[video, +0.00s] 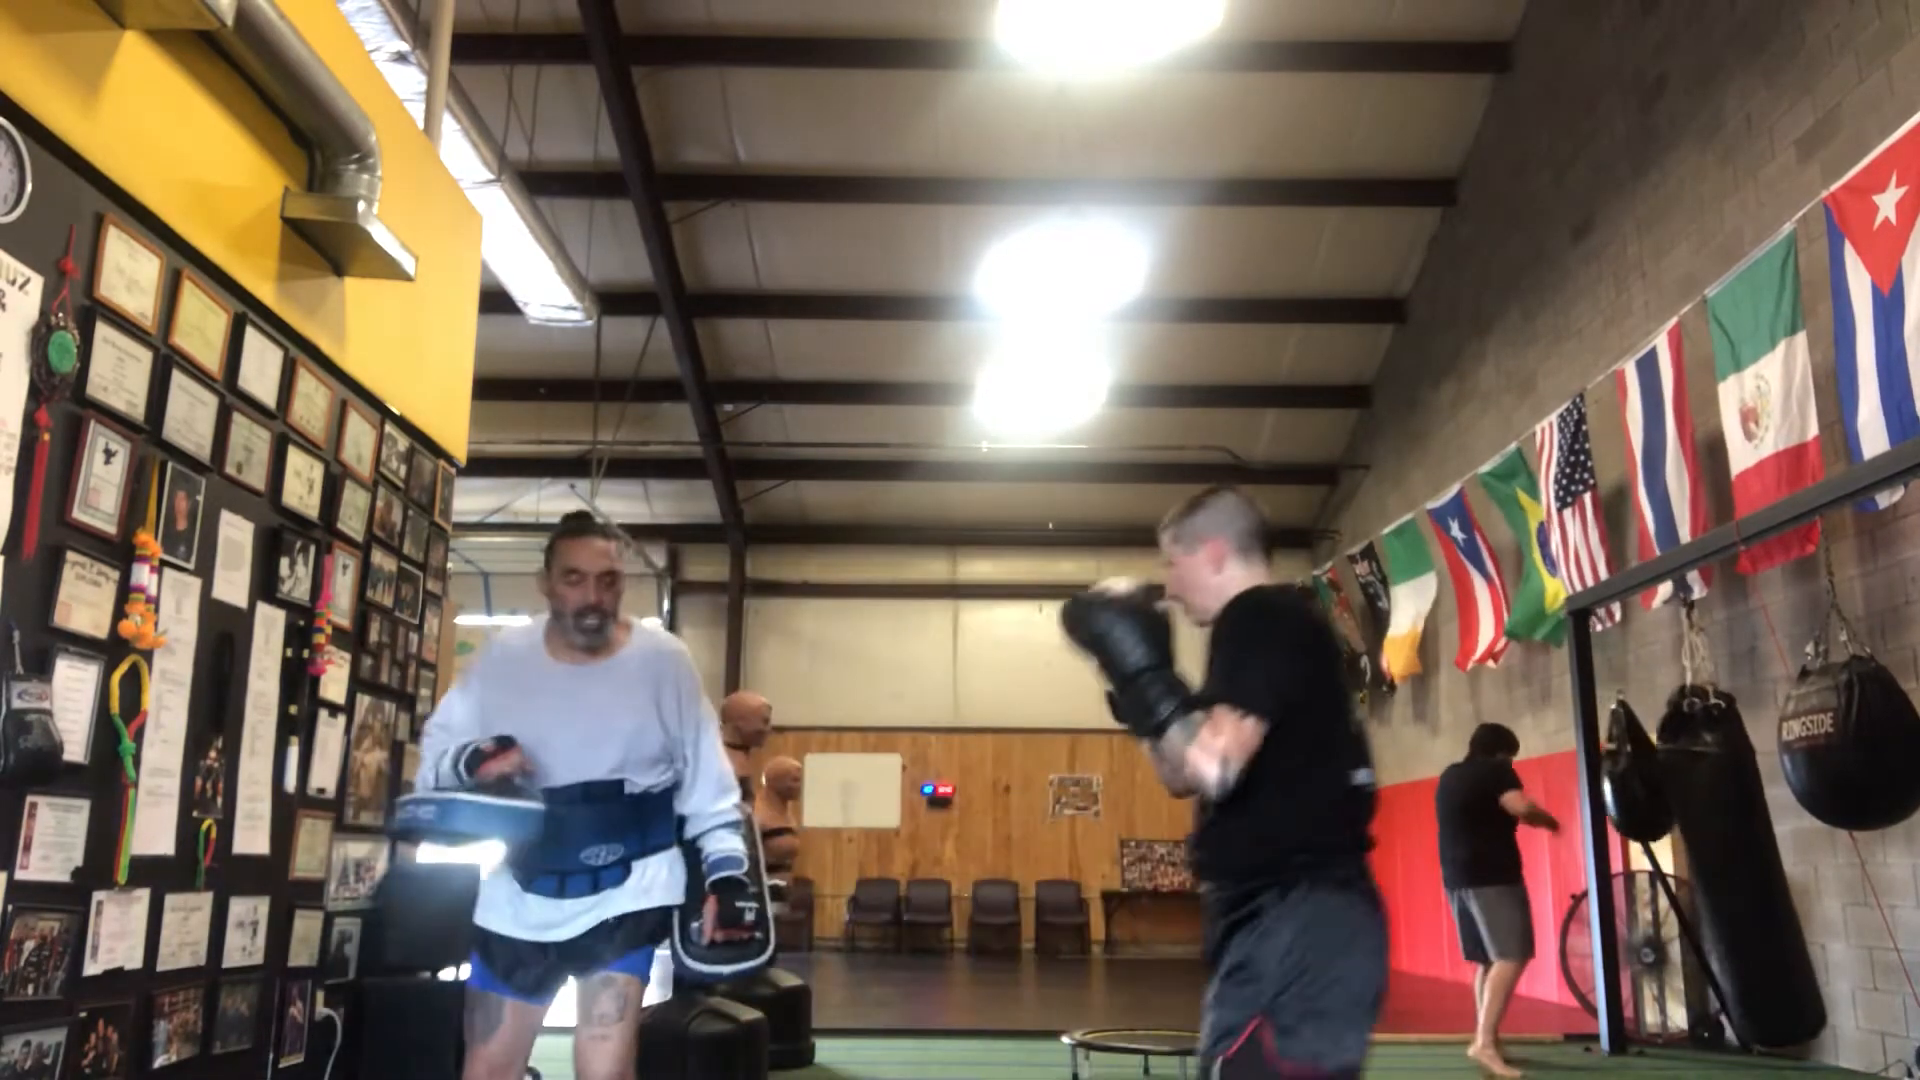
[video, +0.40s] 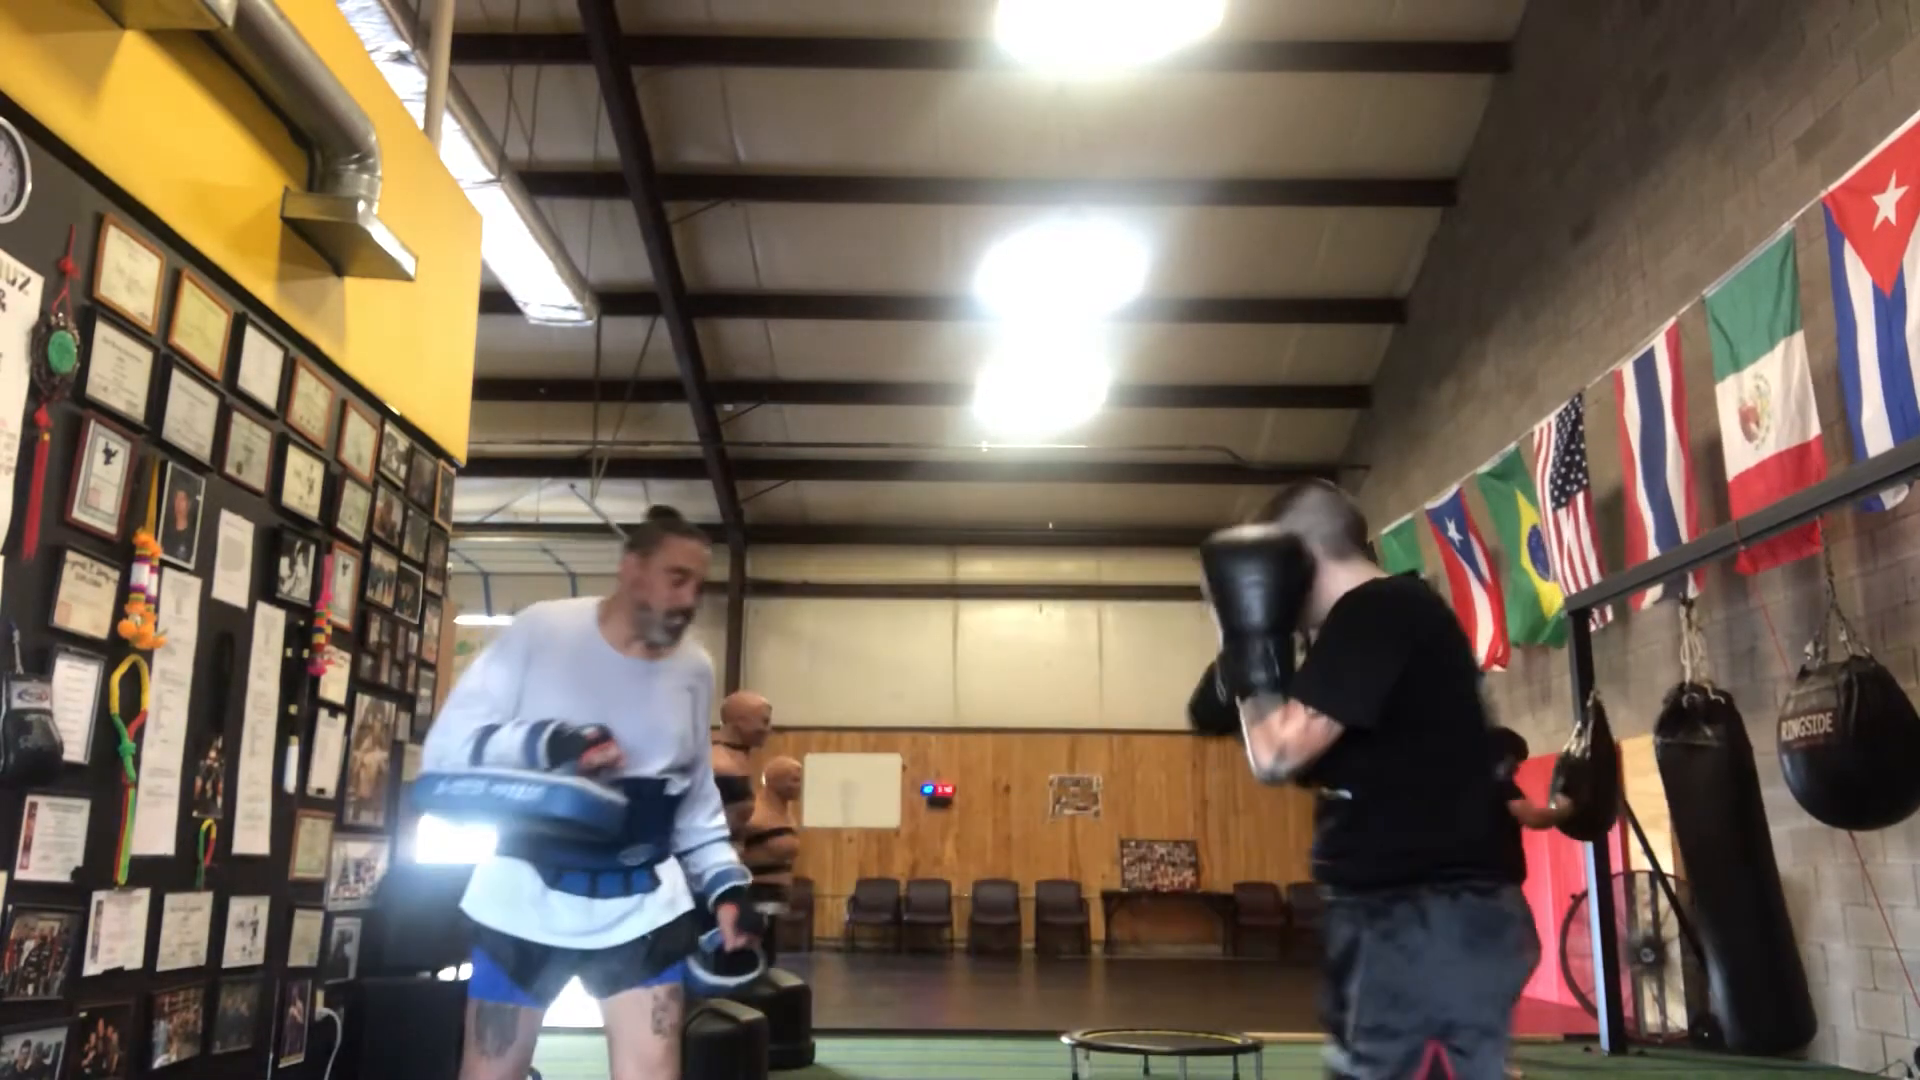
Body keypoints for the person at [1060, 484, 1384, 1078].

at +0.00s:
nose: (1168, 582)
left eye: (1172, 562)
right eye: (1167, 566)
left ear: (1214, 553)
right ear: (1220, 553)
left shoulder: (1266, 617)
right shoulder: (1256, 626)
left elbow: (1209, 764)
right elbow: (1179, 773)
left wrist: (1144, 669)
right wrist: (1133, 669)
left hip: (1300, 925)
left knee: (1248, 1064)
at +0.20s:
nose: (1222, 575)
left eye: (1229, 554)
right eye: (1222, 557)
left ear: (1277, 547)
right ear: (1277, 549)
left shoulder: (1331, 616)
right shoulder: (1331, 620)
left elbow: (1270, 761)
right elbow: (1266, 763)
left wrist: (1205, 672)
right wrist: (1191, 705)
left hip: (1354, 926)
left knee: (1332, 1067)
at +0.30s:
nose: (1249, 580)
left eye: (1254, 564)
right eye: (1246, 566)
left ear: (1295, 554)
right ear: (1299, 554)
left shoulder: (1360, 621)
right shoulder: (1347, 626)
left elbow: (1290, 772)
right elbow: (1297, 771)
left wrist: (1238, 665)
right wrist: (1232, 728)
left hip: (1377, 926)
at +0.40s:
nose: (1271, 590)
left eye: (1272, 568)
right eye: (1265, 571)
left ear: (1299, 558)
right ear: (1354, 540)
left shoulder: (1372, 616)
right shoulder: (1417, 609)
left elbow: (1274, 751)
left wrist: (1248, 631)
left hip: (1414, 923)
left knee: (1373, 1065)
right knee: (1478, 1069)